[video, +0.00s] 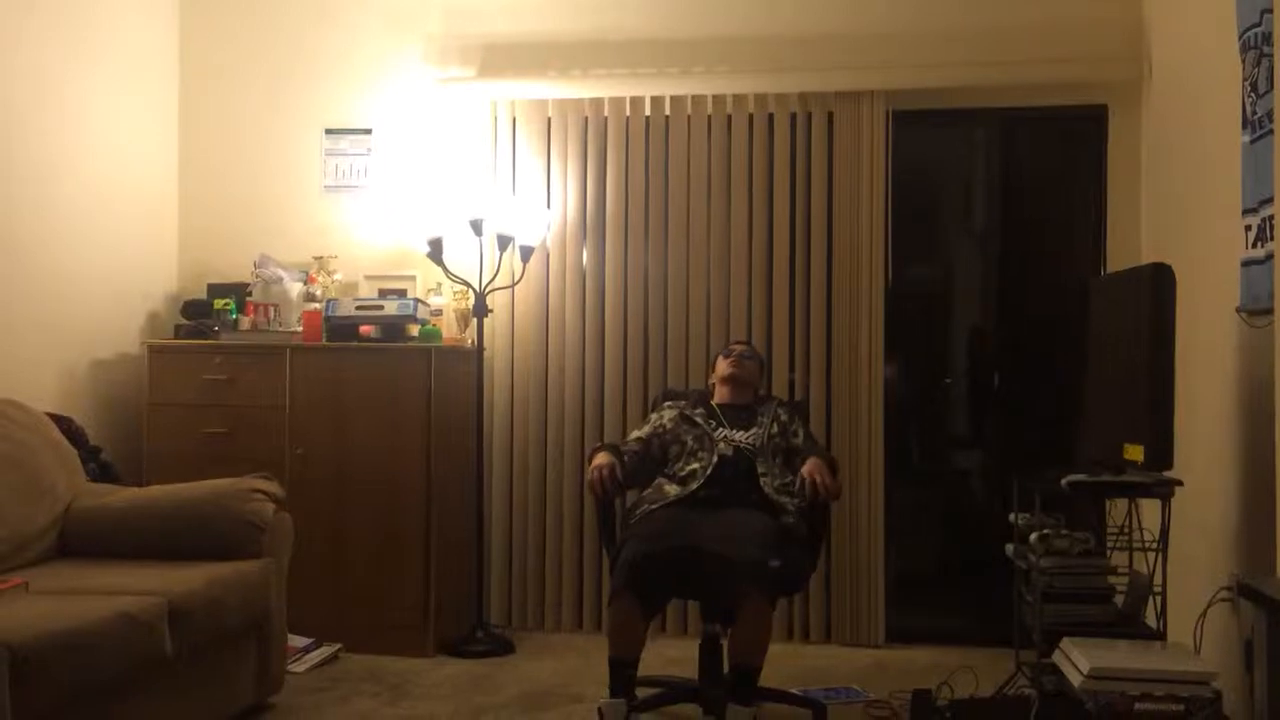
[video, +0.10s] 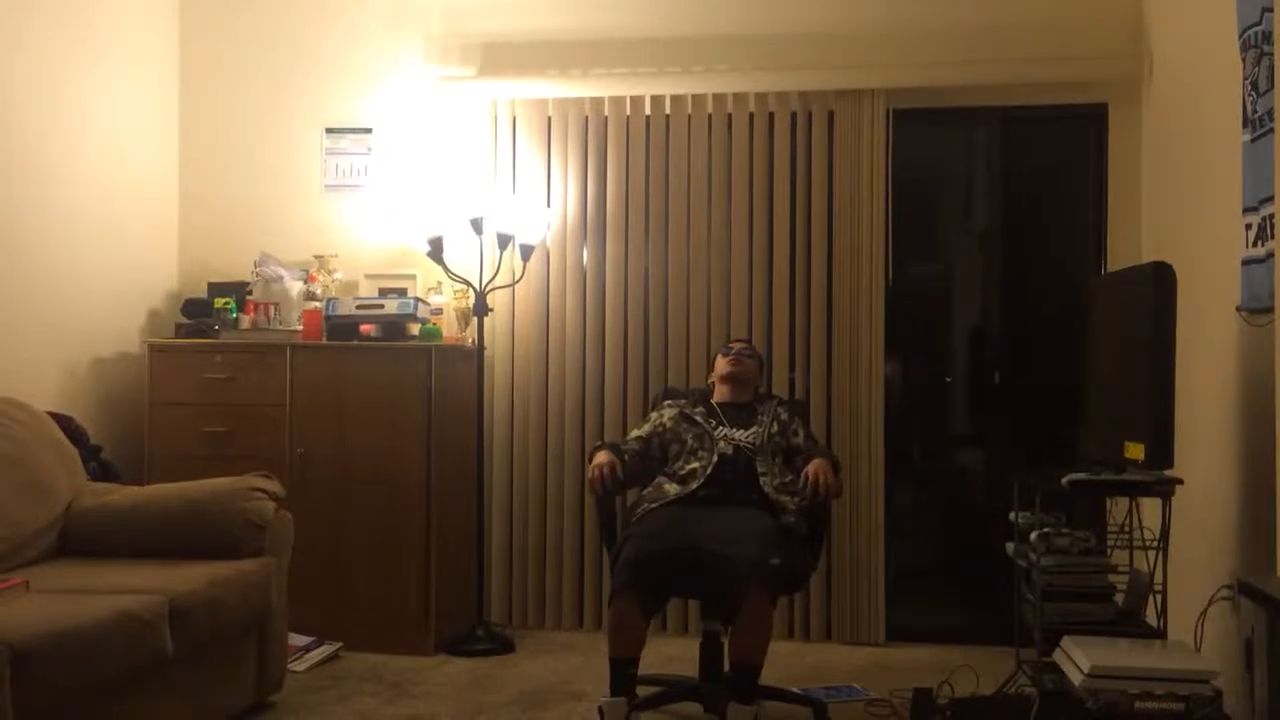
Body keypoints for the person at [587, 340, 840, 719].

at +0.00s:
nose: (738, 354)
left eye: (750, 354)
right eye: (728, 352)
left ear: (761, 380)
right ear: (712, 374)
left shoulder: (781, 416)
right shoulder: (678, 411)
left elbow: (810, 451)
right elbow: (637, 449)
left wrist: (815, 460)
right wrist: (606, 454)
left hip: (752, 513)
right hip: (676, 510)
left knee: (756, 583)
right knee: (635, 570)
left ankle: (741, 706)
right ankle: (619, 699)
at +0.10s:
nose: (737, 352)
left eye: (749, 352)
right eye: (728, 350)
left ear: (760, 378)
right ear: (711, 373)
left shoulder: (781, 416)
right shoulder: (677, 410)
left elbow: (809, 452)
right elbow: (637, 448)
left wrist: (821, 460)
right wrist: (607, 452)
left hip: (753, 511)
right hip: (676, 509)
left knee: (756, 581)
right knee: (634, 572)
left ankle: (743, 705)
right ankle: (620, 699)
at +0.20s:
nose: (737, 351)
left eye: (748, 351)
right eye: (728, 349)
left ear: (761, 378)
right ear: (711, 373)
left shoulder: (781, 415)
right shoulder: (678, 409)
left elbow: (811, 454)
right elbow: (637, 448)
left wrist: (823, 461)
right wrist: (607, 452)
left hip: (752, 511)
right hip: (677, 508)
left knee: (759, 578)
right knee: (637, 568)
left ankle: (743, 703)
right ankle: (621, 698)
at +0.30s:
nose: (737, 351)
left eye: (749, 351)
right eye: (728, 349)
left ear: (761, 377)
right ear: (711, 372)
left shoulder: (781, 415)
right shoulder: (678, 409)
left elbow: (813, 454)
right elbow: (637, 449)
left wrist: (827, 462)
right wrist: (606, 451)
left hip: (752, 510)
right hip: (677, 507)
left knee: (759, 580)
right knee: (636, 570)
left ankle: (743, 704)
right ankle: (621, 699)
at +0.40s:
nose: (739, 350)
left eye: (751, 351)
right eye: (730, 348)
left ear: (762, 379)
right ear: (713, 372)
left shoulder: (782, 415)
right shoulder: (678, 409)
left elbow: (812, 455)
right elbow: (636, 448)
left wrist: (830, 463)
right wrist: (606, 450)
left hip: (752, 510)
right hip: (676, 507)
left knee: (759, 579)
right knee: (637, 569)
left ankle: (743, 703)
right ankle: (621, 699)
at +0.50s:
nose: (741, 350)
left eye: (753, 352)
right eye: (732, 349)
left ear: (762, 378)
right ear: (713, 372)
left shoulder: (782, 415)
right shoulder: (678, 409)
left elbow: (813, 457)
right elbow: (636, 447)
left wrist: (835, 465)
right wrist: (606, 450)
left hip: (751, 511)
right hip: (676, 507)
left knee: (758, 579)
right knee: (637, 569)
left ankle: (744, 703)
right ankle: (621, 697)